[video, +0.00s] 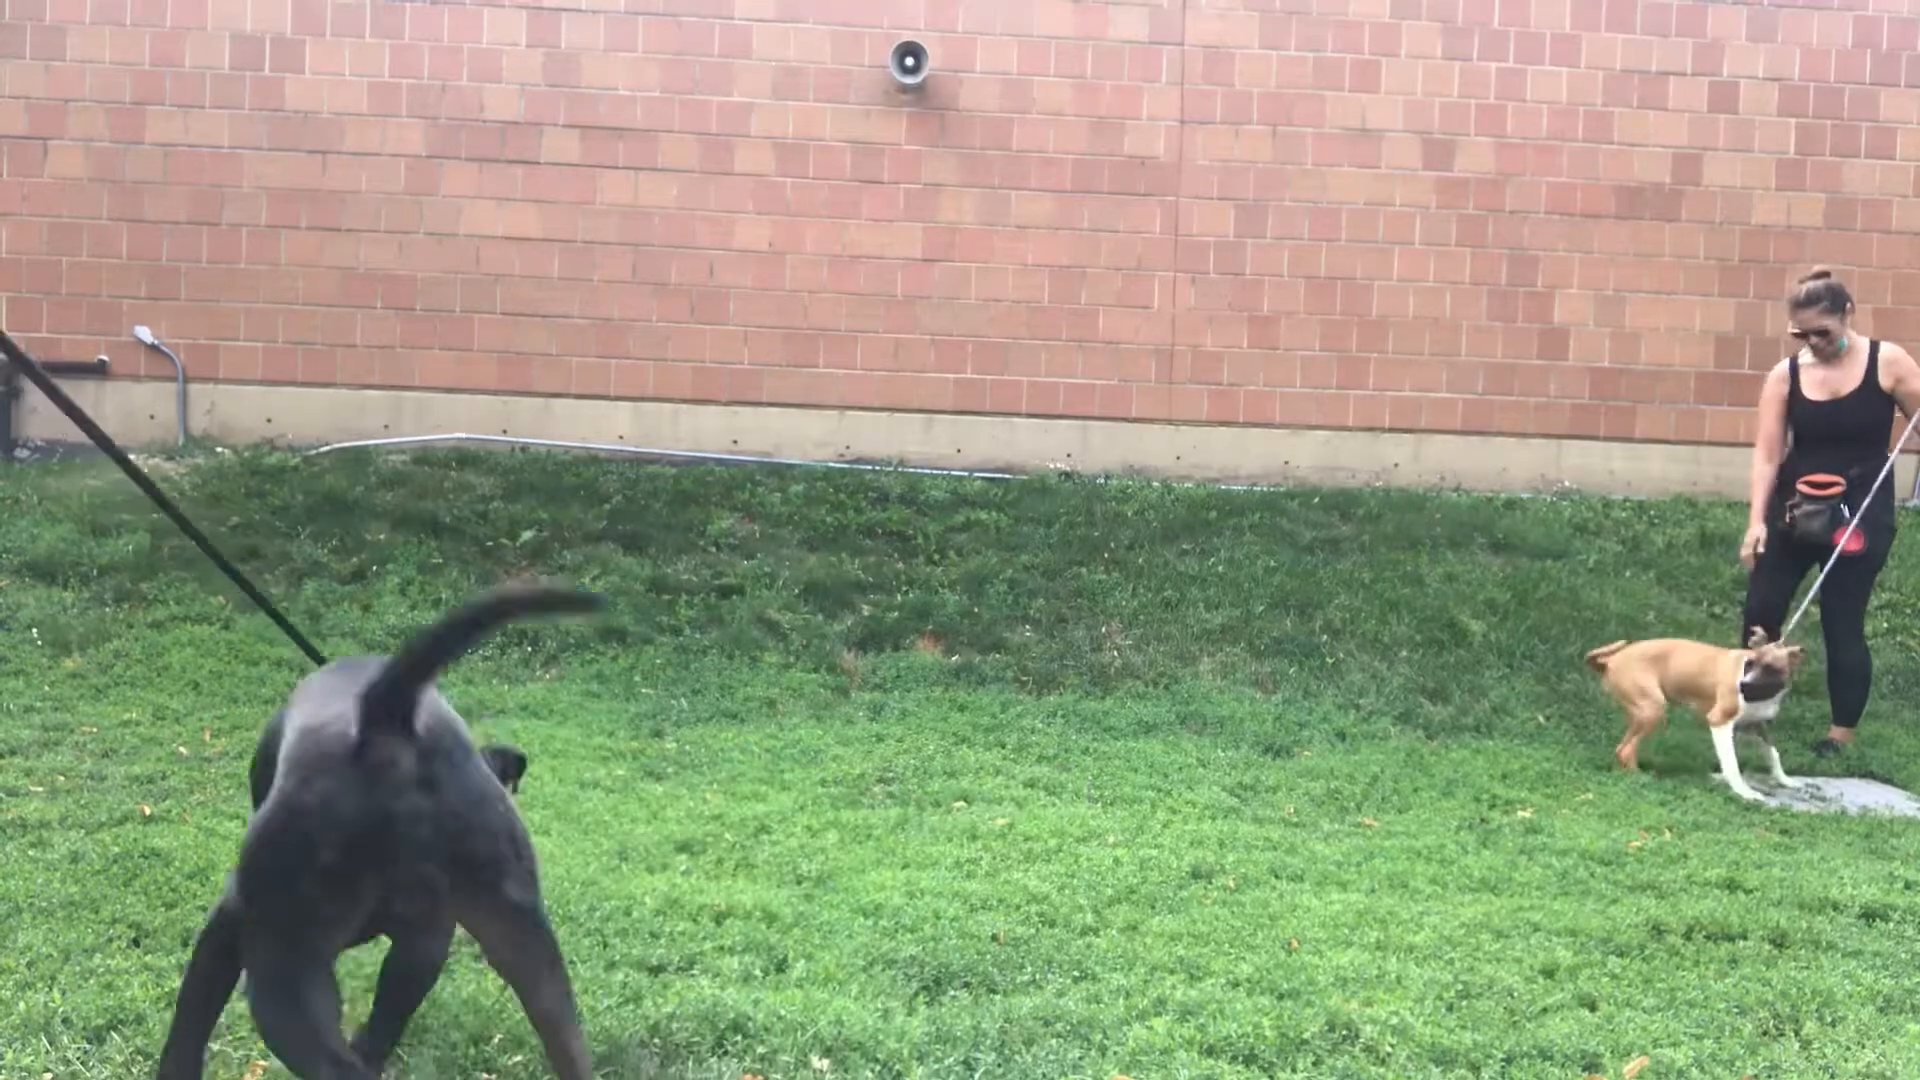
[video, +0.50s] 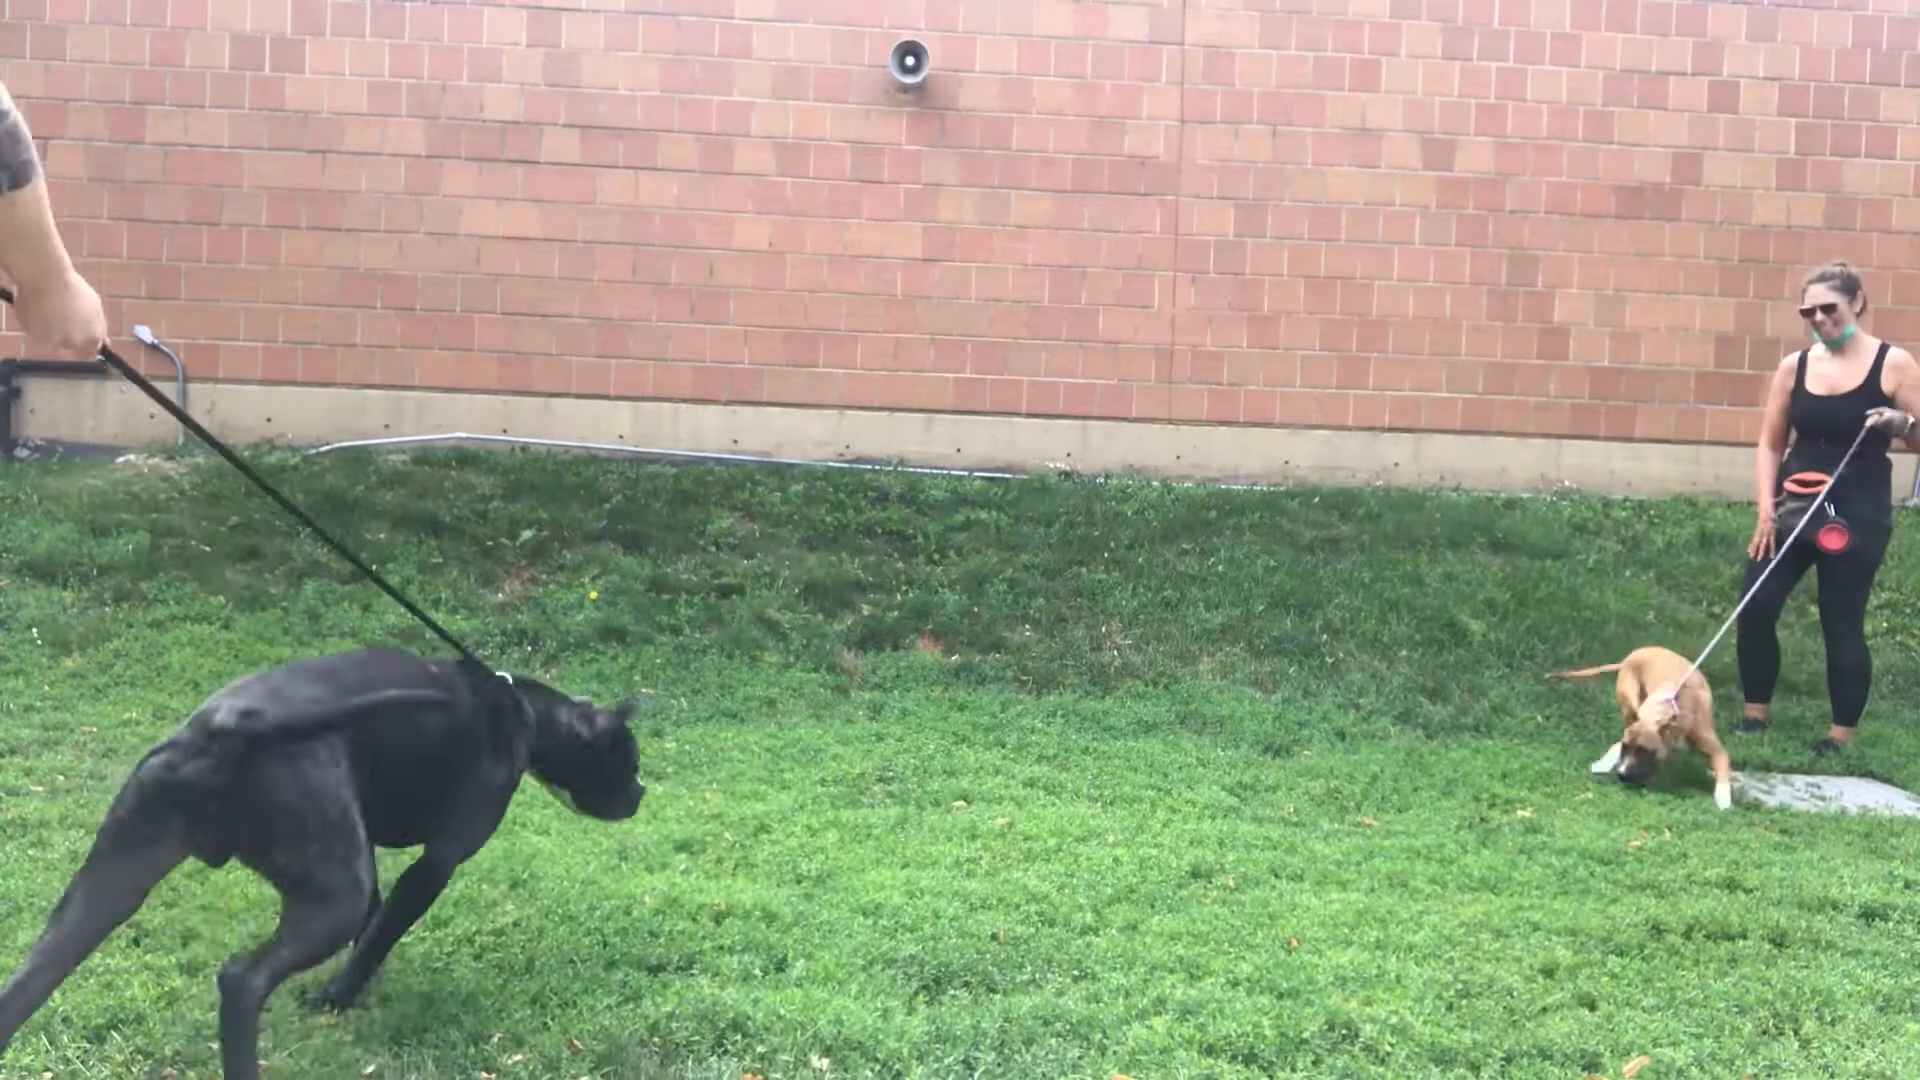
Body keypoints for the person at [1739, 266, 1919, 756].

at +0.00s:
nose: (1812, 342)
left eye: (1821, 332)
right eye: (1803, 333)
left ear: (1847, 316)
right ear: (1793, 325)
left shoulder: (1890, 364)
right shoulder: (1784, 376)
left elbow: (1916, 423)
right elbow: (1767, 454)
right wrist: (1756, 520)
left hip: (1862, 511)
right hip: (1795, 507)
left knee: (1840, 617)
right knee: (1760, 607)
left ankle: (1841, 732)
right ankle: (1752, 710)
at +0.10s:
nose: (1816, 338)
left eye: (1826, 328)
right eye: (1807, 329)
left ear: (1851, 313)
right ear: (1797, 322)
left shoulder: (1893, 365)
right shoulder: (1787, 371)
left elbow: (1917, 430)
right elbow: (1765, 452)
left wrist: (1906, 432)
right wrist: (1757, 522)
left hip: (1861, 512)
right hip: (1794, 507)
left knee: (1840, 619)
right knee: (1758, 607)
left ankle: (1840, 731)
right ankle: (1745, 709)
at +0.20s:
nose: (1820, 333)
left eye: (1829, 322)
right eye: (1810, 324)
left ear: (1854, 312)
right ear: (1800, 319)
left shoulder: (1894, 366)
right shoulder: (1789, 371)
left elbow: (1916, 438)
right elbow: (1768, 450)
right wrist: (1758, 519)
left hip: (1861, 515)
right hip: (1795, 509)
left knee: (1841, 620)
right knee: (1758, 604)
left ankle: (1841, 731)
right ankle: (1754, 709)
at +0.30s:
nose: (1820, 325)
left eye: (1830, 314)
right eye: (1810, 316)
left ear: (1854, 308)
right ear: (1802, 316)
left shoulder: (1894, 365)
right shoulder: (1790, 369)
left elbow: (1913, 441)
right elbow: (1768, 449)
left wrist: (1910, 400)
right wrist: (1758, 515)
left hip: (1859, 510)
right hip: (1793, 505)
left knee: (1840, 618)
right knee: (1756, 606)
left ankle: (1841, 731)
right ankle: (1755, 711)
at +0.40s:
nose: (1820, 321)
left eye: (1830, 310)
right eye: (1810, 313)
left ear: (1855, 305)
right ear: (1803, 314)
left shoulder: (1893, 364)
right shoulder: (1792, 368)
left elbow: (1912, 443)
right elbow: (1768, 447)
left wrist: (1910, 404)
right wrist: (1759, 513)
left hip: (1858, 510)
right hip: (1792, 506)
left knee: (1840, 619)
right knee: (1754, 605)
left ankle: (1841, 732)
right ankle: (1755, 712)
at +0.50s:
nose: (1819, 319)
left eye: (1829, 308)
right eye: (1810, 311)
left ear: (1855, 305)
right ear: (1804, 313)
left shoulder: (1894, 365)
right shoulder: (1794, 366)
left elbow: (1918, 439)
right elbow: (1769, 445)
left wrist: (1900, 425)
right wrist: (1765, 511)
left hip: (1858, 511)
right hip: (1794, 507)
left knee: (1841, 618)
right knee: (1755, 603)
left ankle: (1841, 732)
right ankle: (1755, 714)